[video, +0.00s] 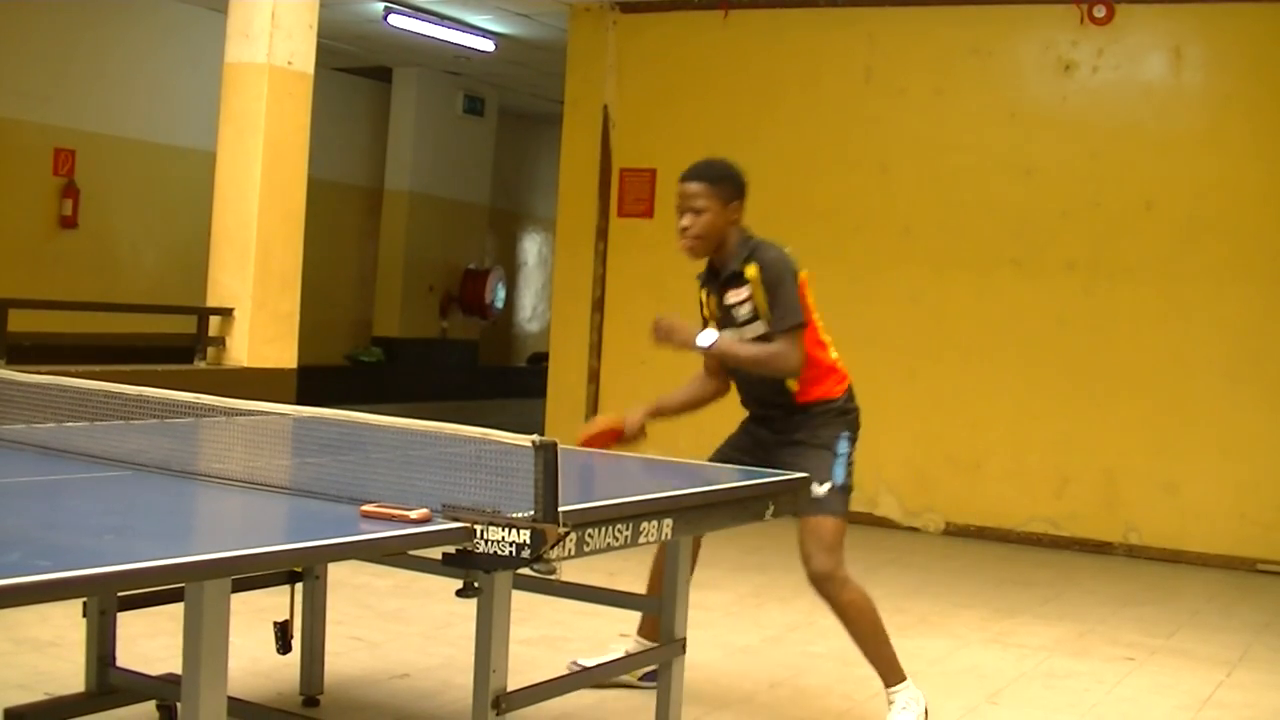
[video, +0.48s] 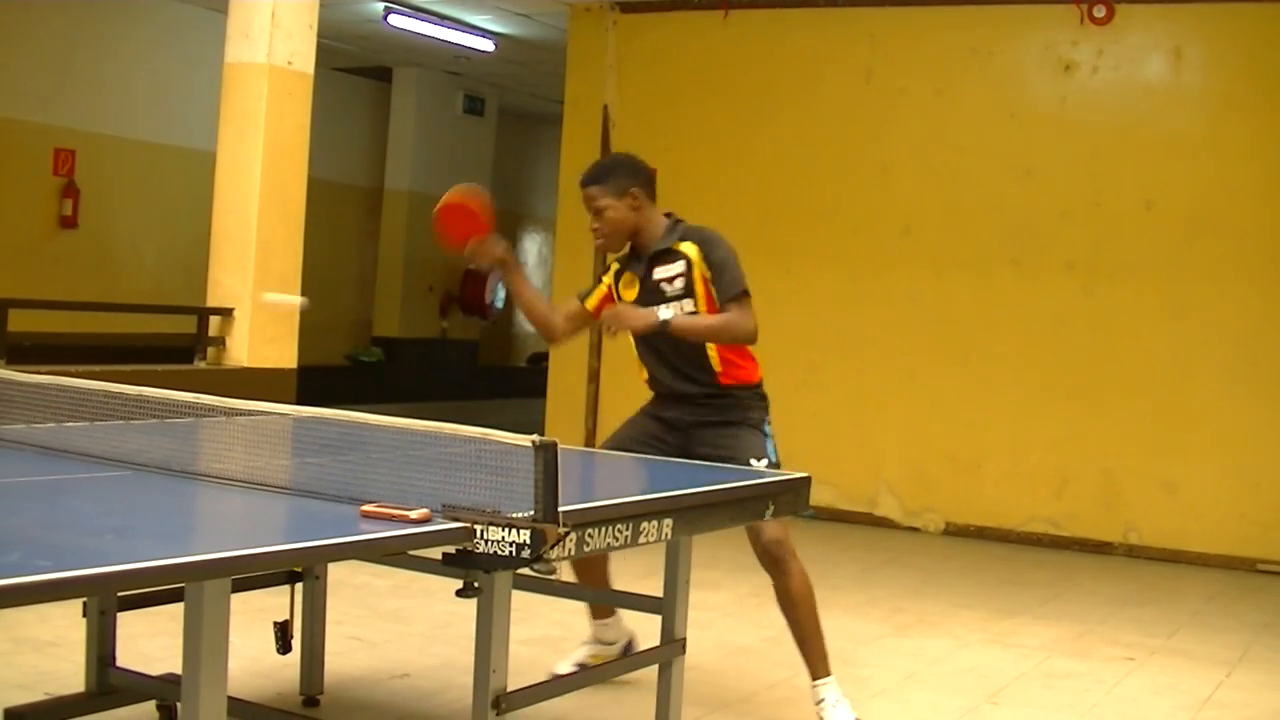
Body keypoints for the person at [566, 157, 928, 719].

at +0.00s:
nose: (684, 223)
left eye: (696, 210)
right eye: (680, 210)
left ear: (734, 211)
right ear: (680, 213)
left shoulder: (770, 264)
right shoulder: (711, 284)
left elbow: (788, 359)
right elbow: (716, 380)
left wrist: (700, 338)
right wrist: (647, 411)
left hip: (820, 420)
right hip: (764, 421)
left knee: (824, 569)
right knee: (680, 520)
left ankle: (903, 694)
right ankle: (645, 651)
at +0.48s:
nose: (593, 225)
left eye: (599, 212)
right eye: (589, 213)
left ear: (636, 201)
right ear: (621, 208)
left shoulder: (703, 246)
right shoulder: (623, 270)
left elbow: (743, 323)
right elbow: (556, 325)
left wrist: (656, 319)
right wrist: (507, 266)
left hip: (731, 417)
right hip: (665, 414)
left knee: (773, 543)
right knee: (575, 499)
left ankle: (826, 690)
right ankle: (607, 634)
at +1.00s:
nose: (742, 263)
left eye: (755, 252)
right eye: (738, 250)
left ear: (791, 250)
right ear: (734, 248)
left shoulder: (840, 304)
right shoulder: (728, 320)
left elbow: (871, 397)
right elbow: (698, 409)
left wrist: (804, 357)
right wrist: (709, 440)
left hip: (851, 450)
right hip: (777, 449)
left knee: (902, 557)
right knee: (682, 538)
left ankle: (945, 701)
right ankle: (679, 663)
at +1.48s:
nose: (765, 238)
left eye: (778, 225)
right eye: (760, 224)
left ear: (814, 222)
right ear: (755, 222)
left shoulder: (858, 279)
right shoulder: (741, 280)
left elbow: (902, 371)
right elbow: (645, 316)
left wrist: (863, 326)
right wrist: (586, 265)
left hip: (842, 440)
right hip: (764, 436)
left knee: (896, 553)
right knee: (670, 535)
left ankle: (923, 705)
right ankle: (652, 662)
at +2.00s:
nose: (578, 281)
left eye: (586, 267)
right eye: (575, 268)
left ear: (623, 257)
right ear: (616, 262)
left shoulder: (655, 292)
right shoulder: (642, 306)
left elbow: (678, 384)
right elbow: (684, 406)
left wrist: (598, 394)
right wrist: (631, 467)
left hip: (756, 431)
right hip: (703, 430)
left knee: (777, 580)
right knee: (612, 508)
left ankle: (878, 698)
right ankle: (611, 653)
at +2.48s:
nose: (682, 223)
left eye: (695, 212)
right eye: (676, 211)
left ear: (727, 211)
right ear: (670, 212)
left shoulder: (765, 275)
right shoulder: (662, 266)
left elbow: (775, 356)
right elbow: (601, 307)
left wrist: (717, 291)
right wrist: (633, 232)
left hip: (745, 438)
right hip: (666, 434)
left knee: (811, 548)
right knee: (582, 525)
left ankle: (857, 693)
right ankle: (565, 653)